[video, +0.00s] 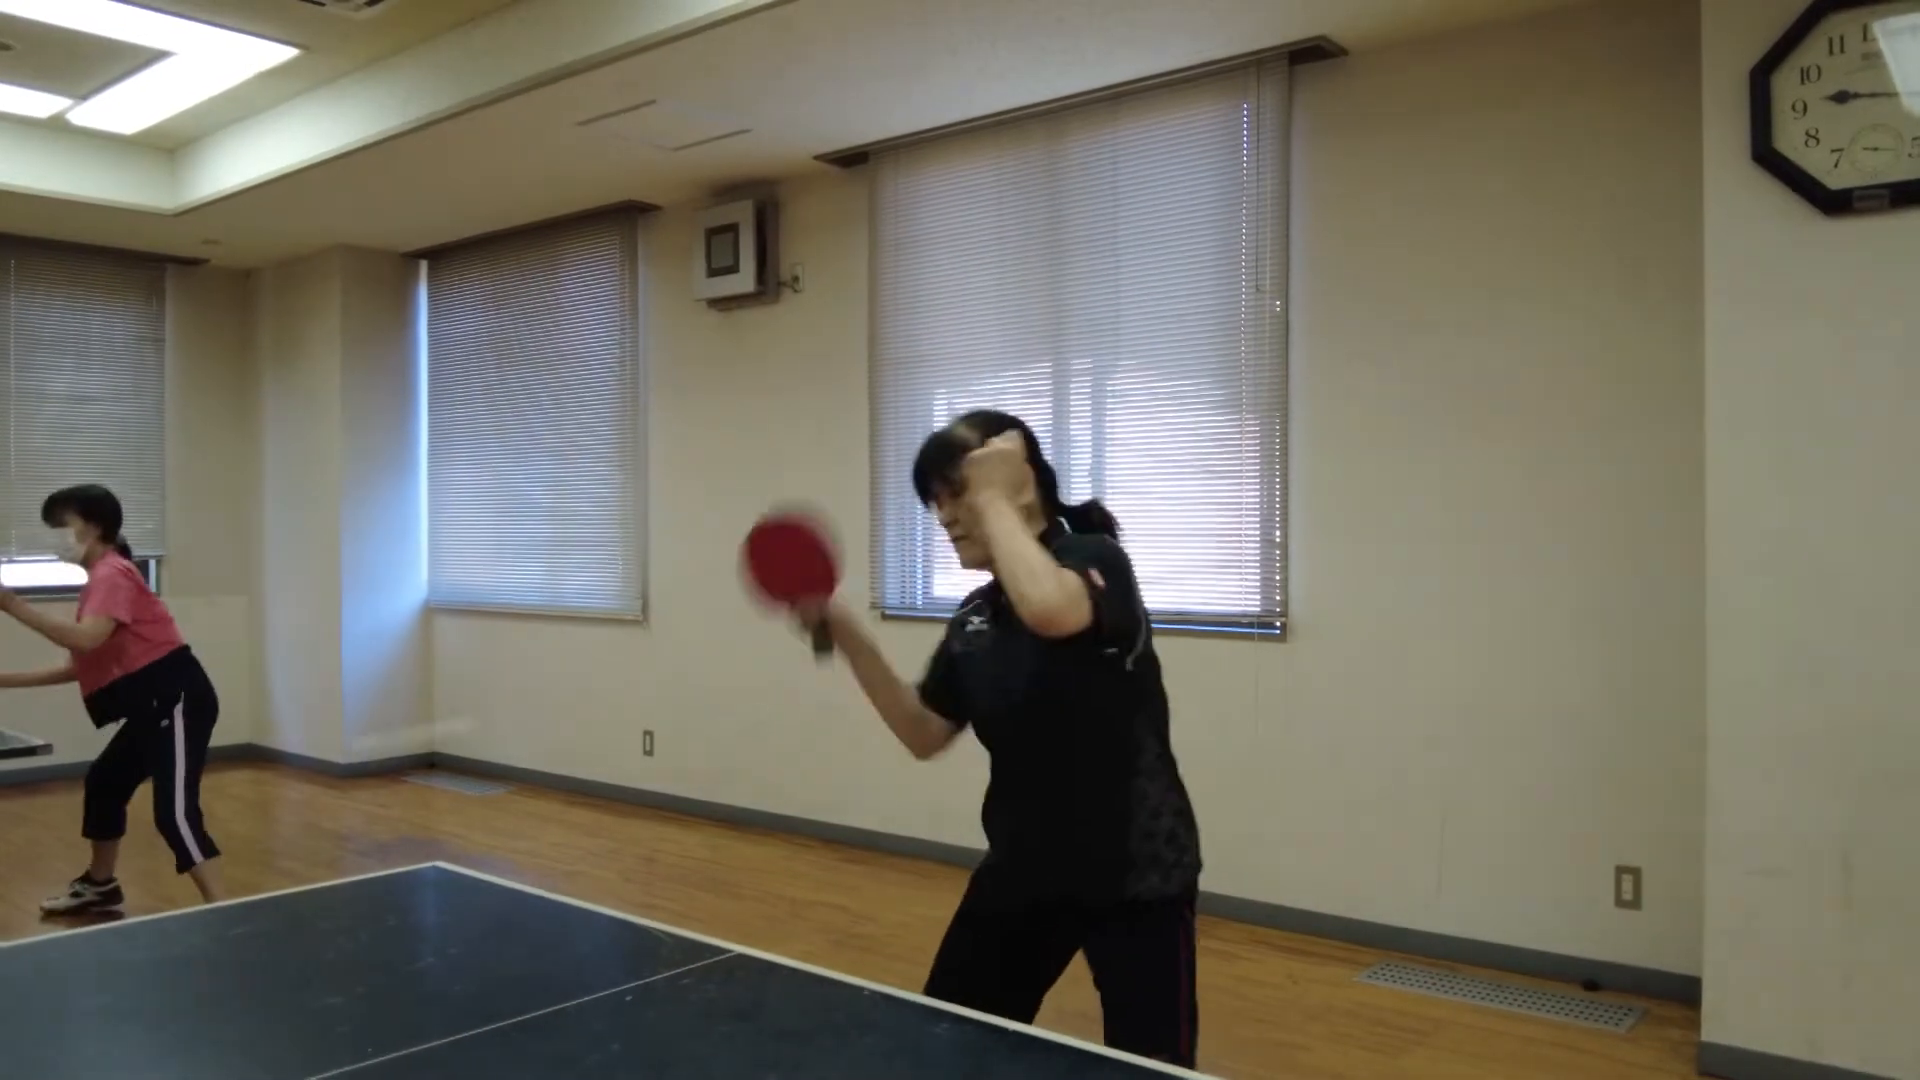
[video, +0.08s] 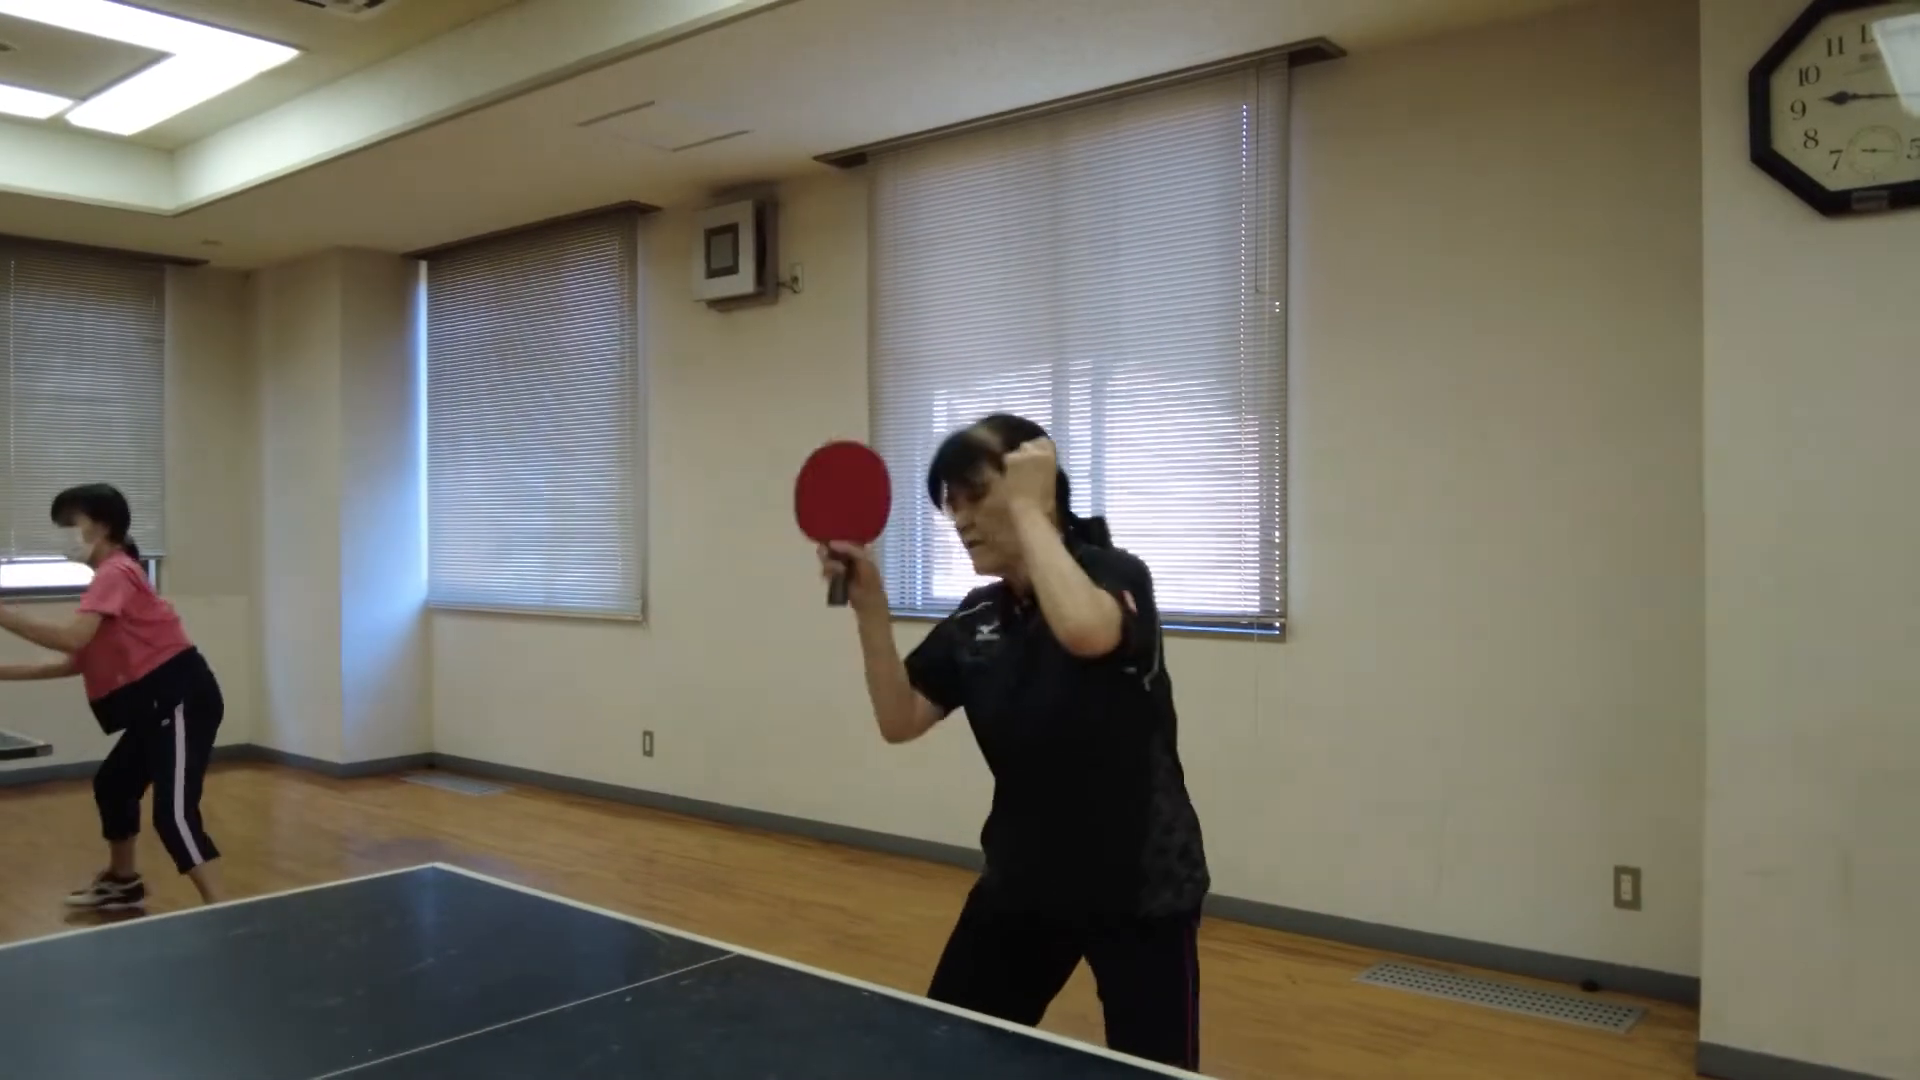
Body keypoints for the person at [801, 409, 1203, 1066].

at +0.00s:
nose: (946, 515)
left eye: (958, 495)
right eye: (939, 502)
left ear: (1015, 489)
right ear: (941, 511)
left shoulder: (1096, 560)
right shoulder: (976, 619)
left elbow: (1049, 609)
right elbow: (926, 734)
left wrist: (993, 494)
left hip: (1135, 867)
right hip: (1028, 867)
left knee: (1154, 1072)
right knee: (944, 1046)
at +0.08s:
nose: (961, 519)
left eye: (976, 495)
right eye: (953, 504)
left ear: (1033, 494)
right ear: (950, 515)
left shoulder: (1113, 573)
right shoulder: (978, 619)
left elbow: (1086, 631)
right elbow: (900, 719)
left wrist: (1032, 509)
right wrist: (869, 599)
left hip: (1139, 884)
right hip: (1027, 881)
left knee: (1158, 1078)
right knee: (943, 1053)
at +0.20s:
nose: (976, 526)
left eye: (996, 503)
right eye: (968, 510)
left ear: (1062, 505)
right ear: (960, 518)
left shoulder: (1125, 599)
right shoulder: (977, 626)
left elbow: (1127, 700)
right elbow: (900, 735)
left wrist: (1045, 571)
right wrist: (867, 637)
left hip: (1131, 894)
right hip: (1019, 889)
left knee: (1146, 1076)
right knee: (938, 1051)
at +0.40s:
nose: (950, 533)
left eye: (971, 511)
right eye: (941, 517)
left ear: (1033, 516)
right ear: (933, 524)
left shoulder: (1083, 611)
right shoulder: (969, 632)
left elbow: (1104, 755)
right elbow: (928, 760)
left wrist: (989, 643)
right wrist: (831, 728)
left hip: (1105, 909)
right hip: (1005, 896)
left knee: (1116, 1079)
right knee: (919, 1048)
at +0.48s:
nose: (927, 548)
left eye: (947, 525)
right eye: (919, 532)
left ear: (1009, 528)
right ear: (914, 538)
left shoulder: (1053, 622)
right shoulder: (969, 636)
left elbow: (1088, 767)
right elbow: (964, 775)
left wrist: (961, 672)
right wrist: (839, 777)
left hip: (1088, 918)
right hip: (1000, 904)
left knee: (1089, 1076)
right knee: (912, 1047)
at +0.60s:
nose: (898, 573)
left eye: (914, 550)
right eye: (890, 558)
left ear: (976, 546)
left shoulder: (1004, 623)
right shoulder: (979, 630)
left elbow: (1037, 766)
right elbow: (1010, 786)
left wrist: (905, 702)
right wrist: (919, 816)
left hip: (1065, 930)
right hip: (998, 912)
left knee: (1060, 1073)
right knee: (897, 1036)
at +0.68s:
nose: (886, 577)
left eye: (899, 553)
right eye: (879, 563)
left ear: (961, 542)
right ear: (961, 548)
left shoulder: (993, 614)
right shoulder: (980, 617)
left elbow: (1006, 744)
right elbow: (1031, 766)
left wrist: (879, 673)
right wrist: (946, 794)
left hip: (1063, 922)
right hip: (1000, 904)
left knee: (1066, 1072)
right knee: (895, 1035)